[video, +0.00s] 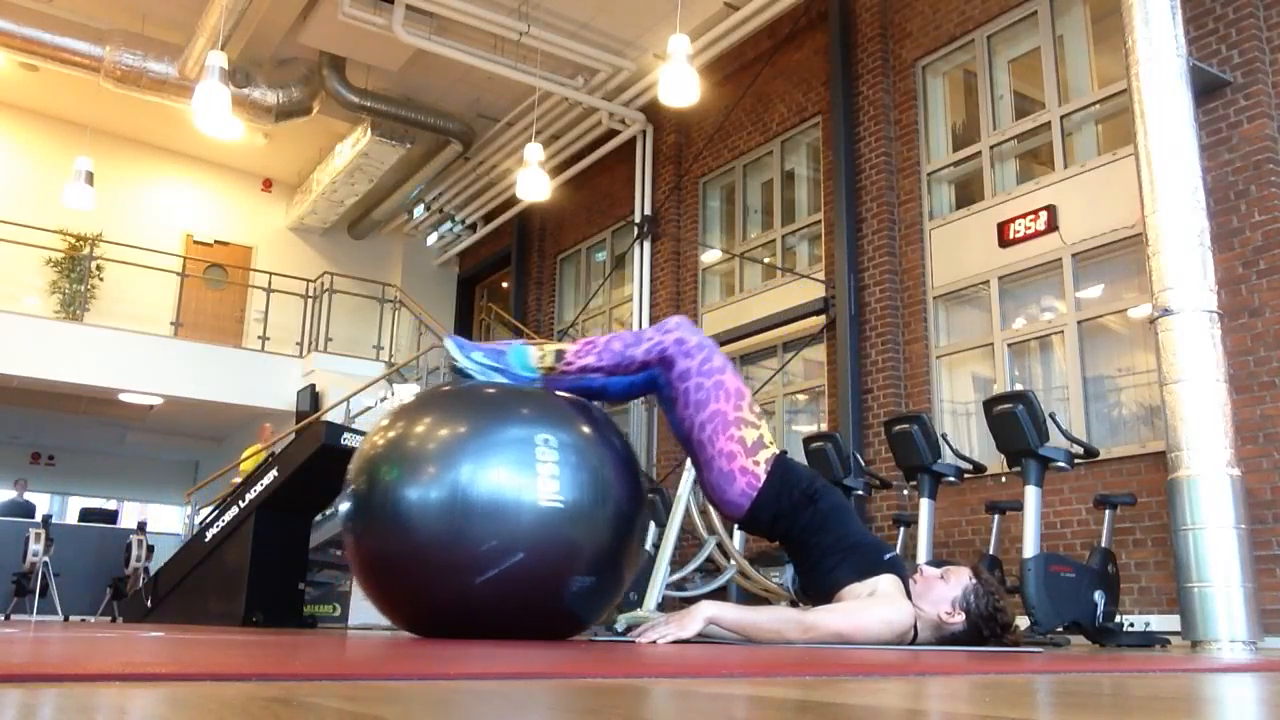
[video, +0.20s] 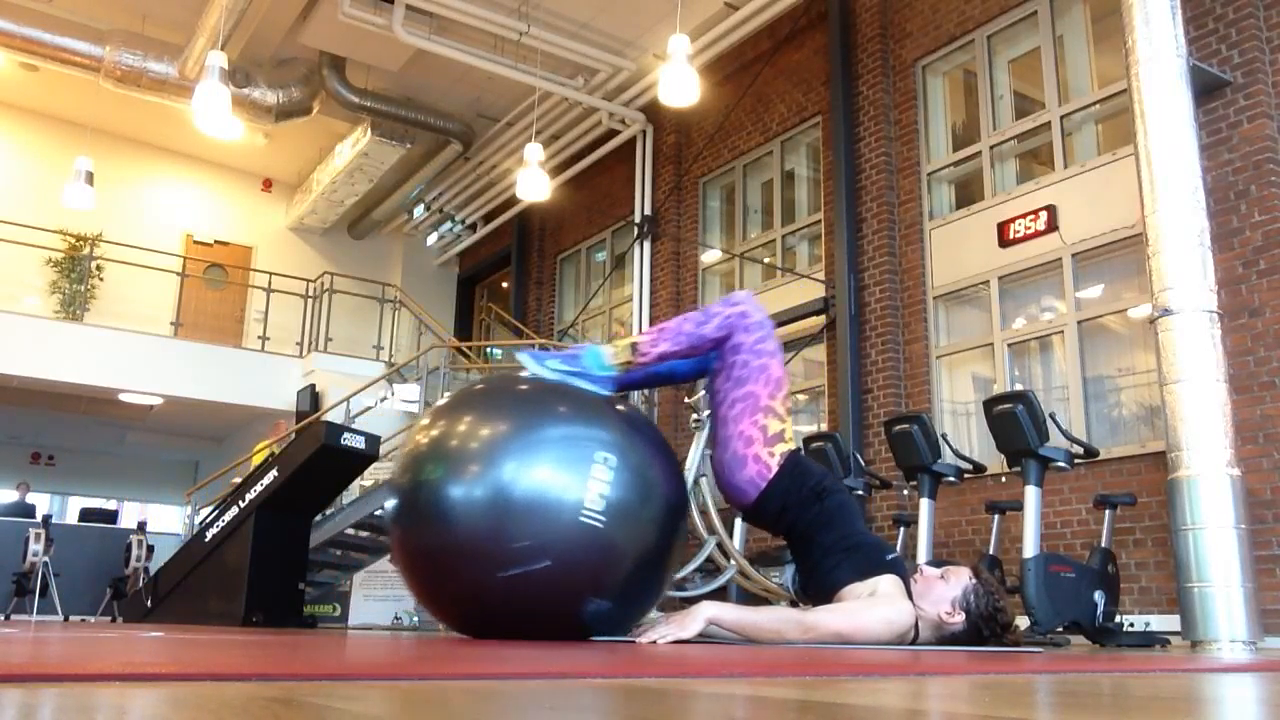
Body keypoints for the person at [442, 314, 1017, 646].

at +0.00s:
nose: (937, 569)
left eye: (949, 582)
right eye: (950, 569)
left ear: (946, 617)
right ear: (943, 603)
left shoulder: (893, 607)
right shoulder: (891, 593)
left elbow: (806, 626)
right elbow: (804, 620)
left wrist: (705, 613)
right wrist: (714, 617)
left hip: (751, 483)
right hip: (765, 472)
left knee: (679, 333)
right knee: (683, 345)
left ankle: (530, 364)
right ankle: (553, 386)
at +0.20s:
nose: (939, 566)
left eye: (949, 579)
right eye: (950, 568)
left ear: (945, 614)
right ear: (937, 582)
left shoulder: (893, 614)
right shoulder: (897, 600)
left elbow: (798, 628)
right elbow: (797, 627)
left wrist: (707, 616)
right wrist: (713, 617)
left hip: (758, 476)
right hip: (774, 469)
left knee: (745, 316)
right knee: (748, 317)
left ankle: (608, 364)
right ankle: (616, 375)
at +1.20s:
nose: (942, 567)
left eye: (951, 577)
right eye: (955, 569)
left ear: (946, 611)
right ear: (944, 598)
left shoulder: (892, 613)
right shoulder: (894, 600)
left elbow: (795, 629)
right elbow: (794, 625)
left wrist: (705, 616)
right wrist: (708, 619)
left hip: (765, 473)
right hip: (783, 465)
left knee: (722, 317)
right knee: (728, 321)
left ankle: (583, 364)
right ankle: (597, 370)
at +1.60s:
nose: (936, 567)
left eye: (949, 579)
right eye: (949, 568)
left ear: (947, 616)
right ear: (943, 604)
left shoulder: (895, 609)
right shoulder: (891, 594)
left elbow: (805, 626)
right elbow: (802, 622)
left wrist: (706, 619)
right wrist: (709, 623)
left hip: (752, 480)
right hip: (764, 470)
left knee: (656, 368)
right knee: (662, 370)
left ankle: (496, 361)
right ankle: (519, 377)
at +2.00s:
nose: (935, 569)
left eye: (947, 581)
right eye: (947, 570)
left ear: (944, 617)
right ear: (943, 606)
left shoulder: (891, 611)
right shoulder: (889, 595)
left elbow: (802, 626)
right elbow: (801, 622)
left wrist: (707, 619)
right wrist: (711, 622)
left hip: (747, 484)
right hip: (760, 471)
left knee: (653, 362)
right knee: (655, 359)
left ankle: (496, 364)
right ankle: (509, 368)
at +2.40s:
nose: (934, 565)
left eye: (946, 577)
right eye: (947, 567)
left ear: (946, 613)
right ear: (945, 613)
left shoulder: (890, 613)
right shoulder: (903, 605)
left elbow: (802, 626)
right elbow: (804, 623)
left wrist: (710, 619)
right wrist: (717, 622)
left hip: (757, 469)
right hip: (778, 474)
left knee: (787, 312)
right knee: (787, 312)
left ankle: (650, 368)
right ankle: (655, 370)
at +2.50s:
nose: (934, 567)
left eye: (946, 577)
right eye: (947, 569)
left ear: (947, 614)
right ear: (946, 612)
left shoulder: (894, 613)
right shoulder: (904, 604)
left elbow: (801, 626)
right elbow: (806, 623)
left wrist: (712, 621)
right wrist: (718, 622)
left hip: (771, 466)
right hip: (792, 468)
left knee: (825, 310)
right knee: (822, 323)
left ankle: (685, 366)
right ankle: (693, 371)